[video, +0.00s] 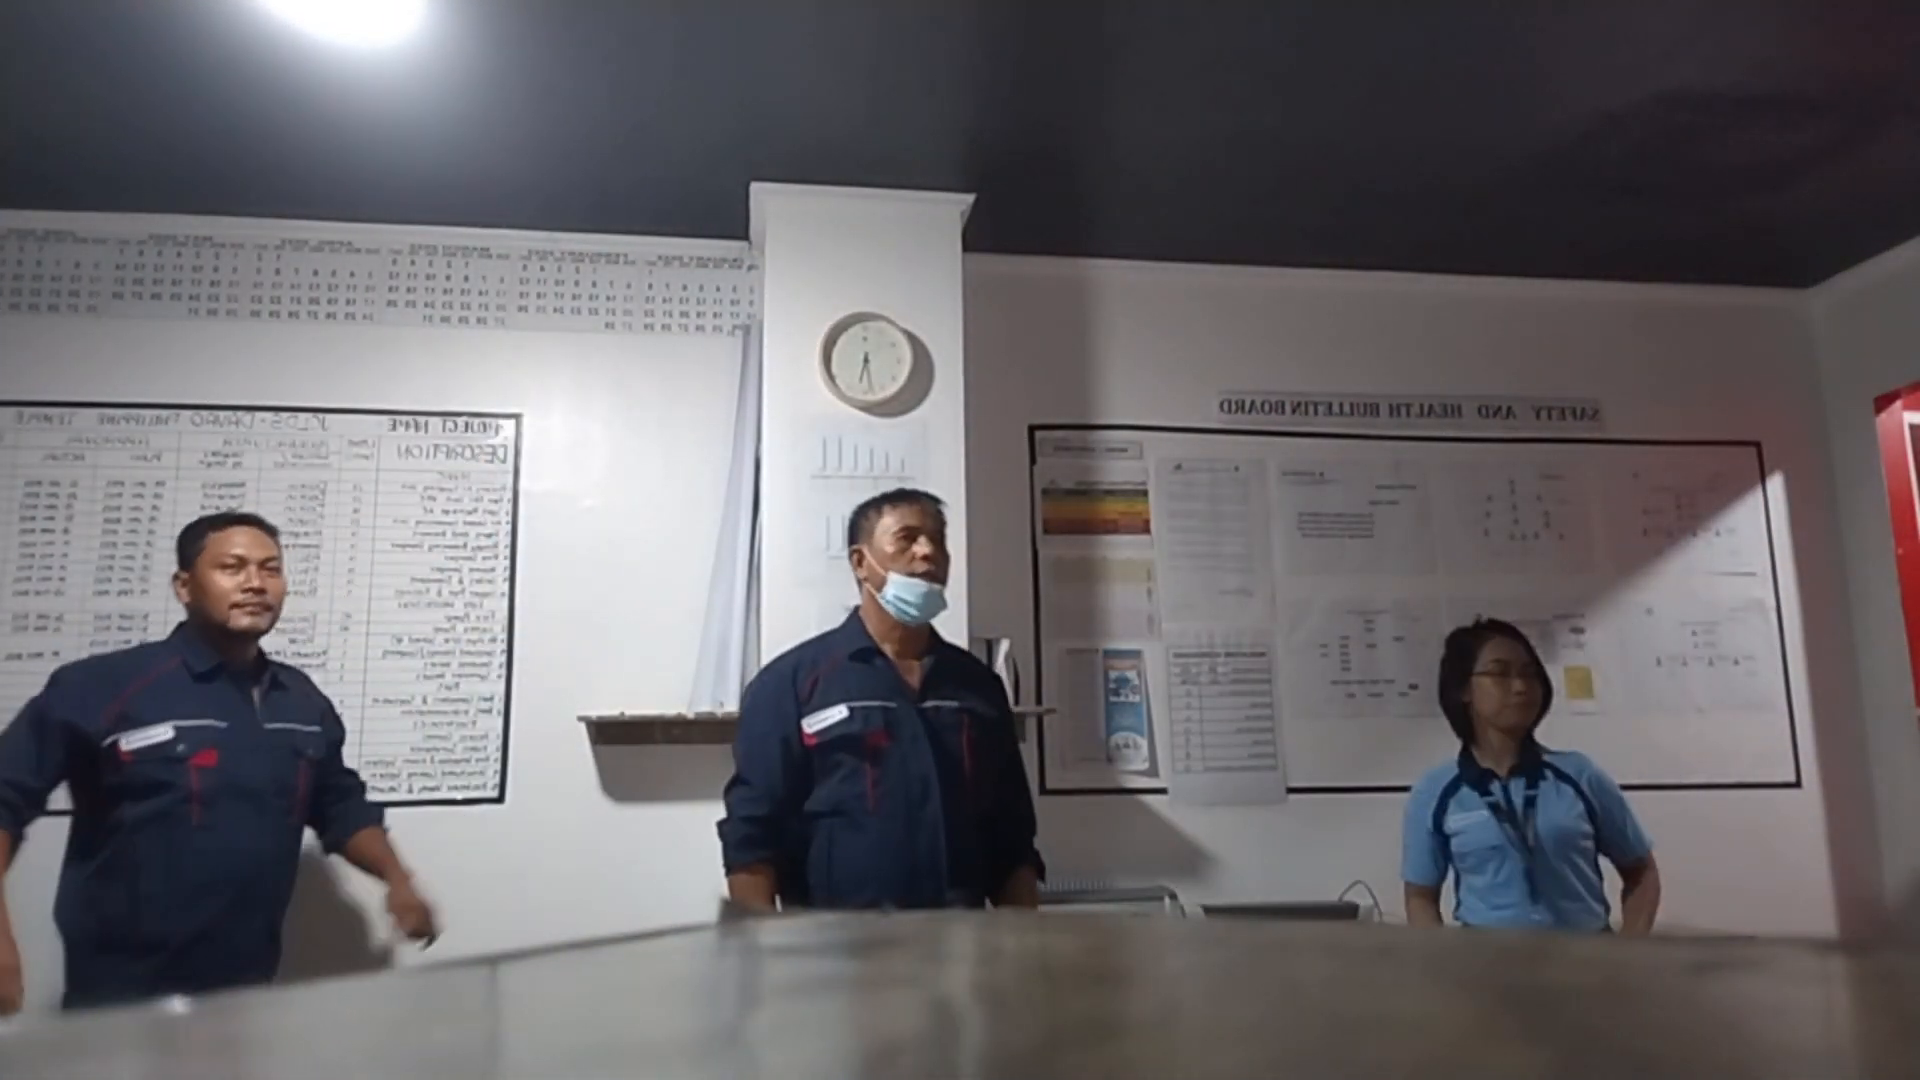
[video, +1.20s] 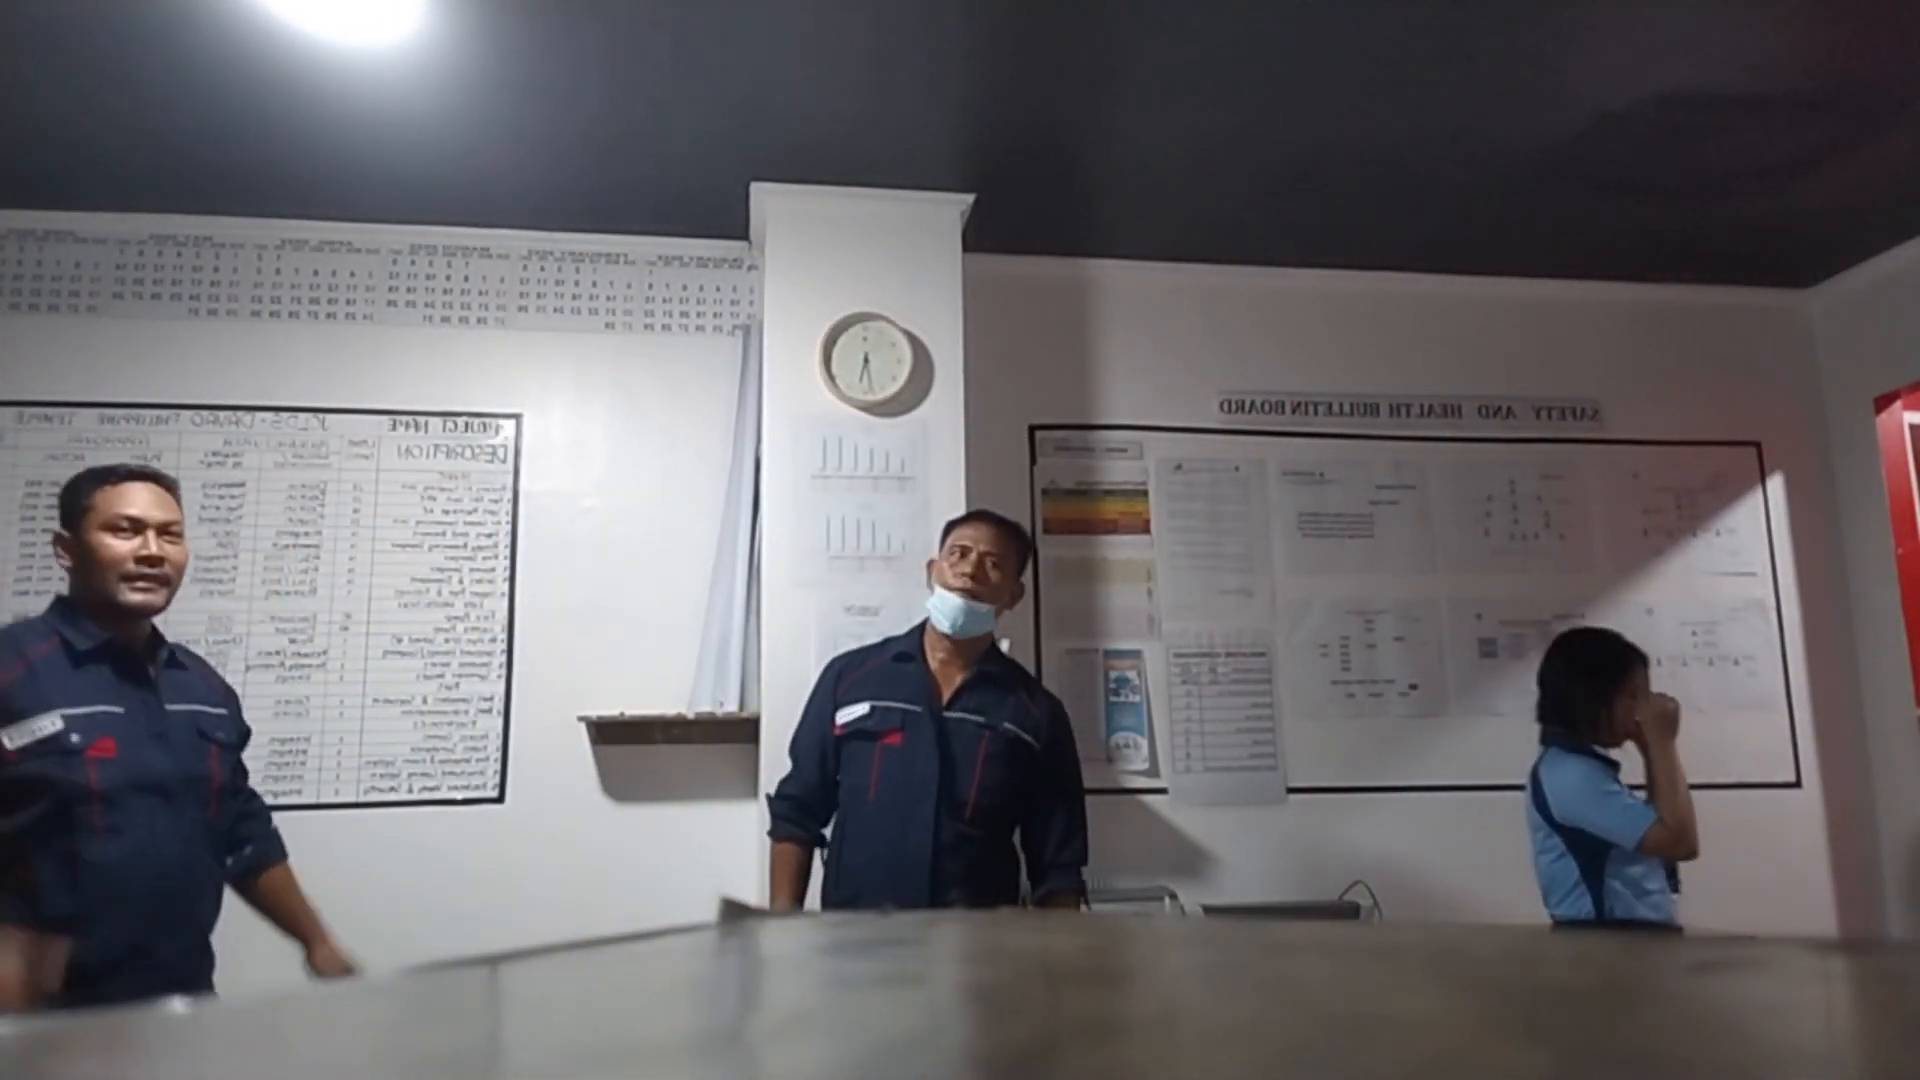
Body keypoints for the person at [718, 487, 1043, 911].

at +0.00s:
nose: (928, 551)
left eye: (937, 539)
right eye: (906, 538)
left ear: (949, 557)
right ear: (861, 563)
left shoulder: (980, 686)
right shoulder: (787, 687)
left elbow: (1013, 848)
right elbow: (749, 847)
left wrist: (1027, 959)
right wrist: (767, 967)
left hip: (963, 951)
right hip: (837, 956)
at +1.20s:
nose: (970, 570)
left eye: (991, 564)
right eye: (958, 554)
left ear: (1014, 595)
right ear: (932, 571)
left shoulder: (1038, 715)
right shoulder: (849, 679)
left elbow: (1057, 869)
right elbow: (796, 813)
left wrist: (1062, 970)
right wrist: (781, 934)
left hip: (980, 951)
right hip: (855, 945)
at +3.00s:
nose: (908, 566)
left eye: (921, 555)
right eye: (888, 555)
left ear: (935, 577)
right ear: (854, 578)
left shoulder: (972, 689)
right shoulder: (786, 695)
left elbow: (1022, 824)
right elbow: (746, 850)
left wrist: (951, 737)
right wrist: (745, 970)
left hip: (951, 940)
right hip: (829, 944)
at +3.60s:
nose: (967, 571)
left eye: (985, 563)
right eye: (951, 557)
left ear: (1004, 591)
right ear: (921, 580)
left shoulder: (1025, 701)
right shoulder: (843, 680)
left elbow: (1051, 833)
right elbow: (786, 814)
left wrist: (977, 726)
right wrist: (783, 938)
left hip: (983, 941)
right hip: (858, 940)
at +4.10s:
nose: (907, 567)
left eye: (925, 558)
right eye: (889, 553)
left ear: (944, 588)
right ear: (859, 579)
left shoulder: (973, 691)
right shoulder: (784, 686)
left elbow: (1000, 824)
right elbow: (733, 822)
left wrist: (923, 718)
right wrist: (735, 939)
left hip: (937, 939)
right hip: (813, 938)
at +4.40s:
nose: (840, 566)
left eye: (858, 554)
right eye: (821, 554)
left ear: (882, 578)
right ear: (795, 579)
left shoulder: (927, 679)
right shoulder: (735, 690)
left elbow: (965, 813)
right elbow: (687, 840)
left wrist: (881, 723)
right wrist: (693, 969)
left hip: (895, 938)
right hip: (772, 939)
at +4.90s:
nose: (834, 556)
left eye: (849, 544)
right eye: (814, 542)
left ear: (866, 568)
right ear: (779, 569)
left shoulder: (915, 677)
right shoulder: (718, 699)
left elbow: (967, 820)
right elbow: (685, 856)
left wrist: (983, 945)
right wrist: (702, 977)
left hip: (900, 945)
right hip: (770, 948)